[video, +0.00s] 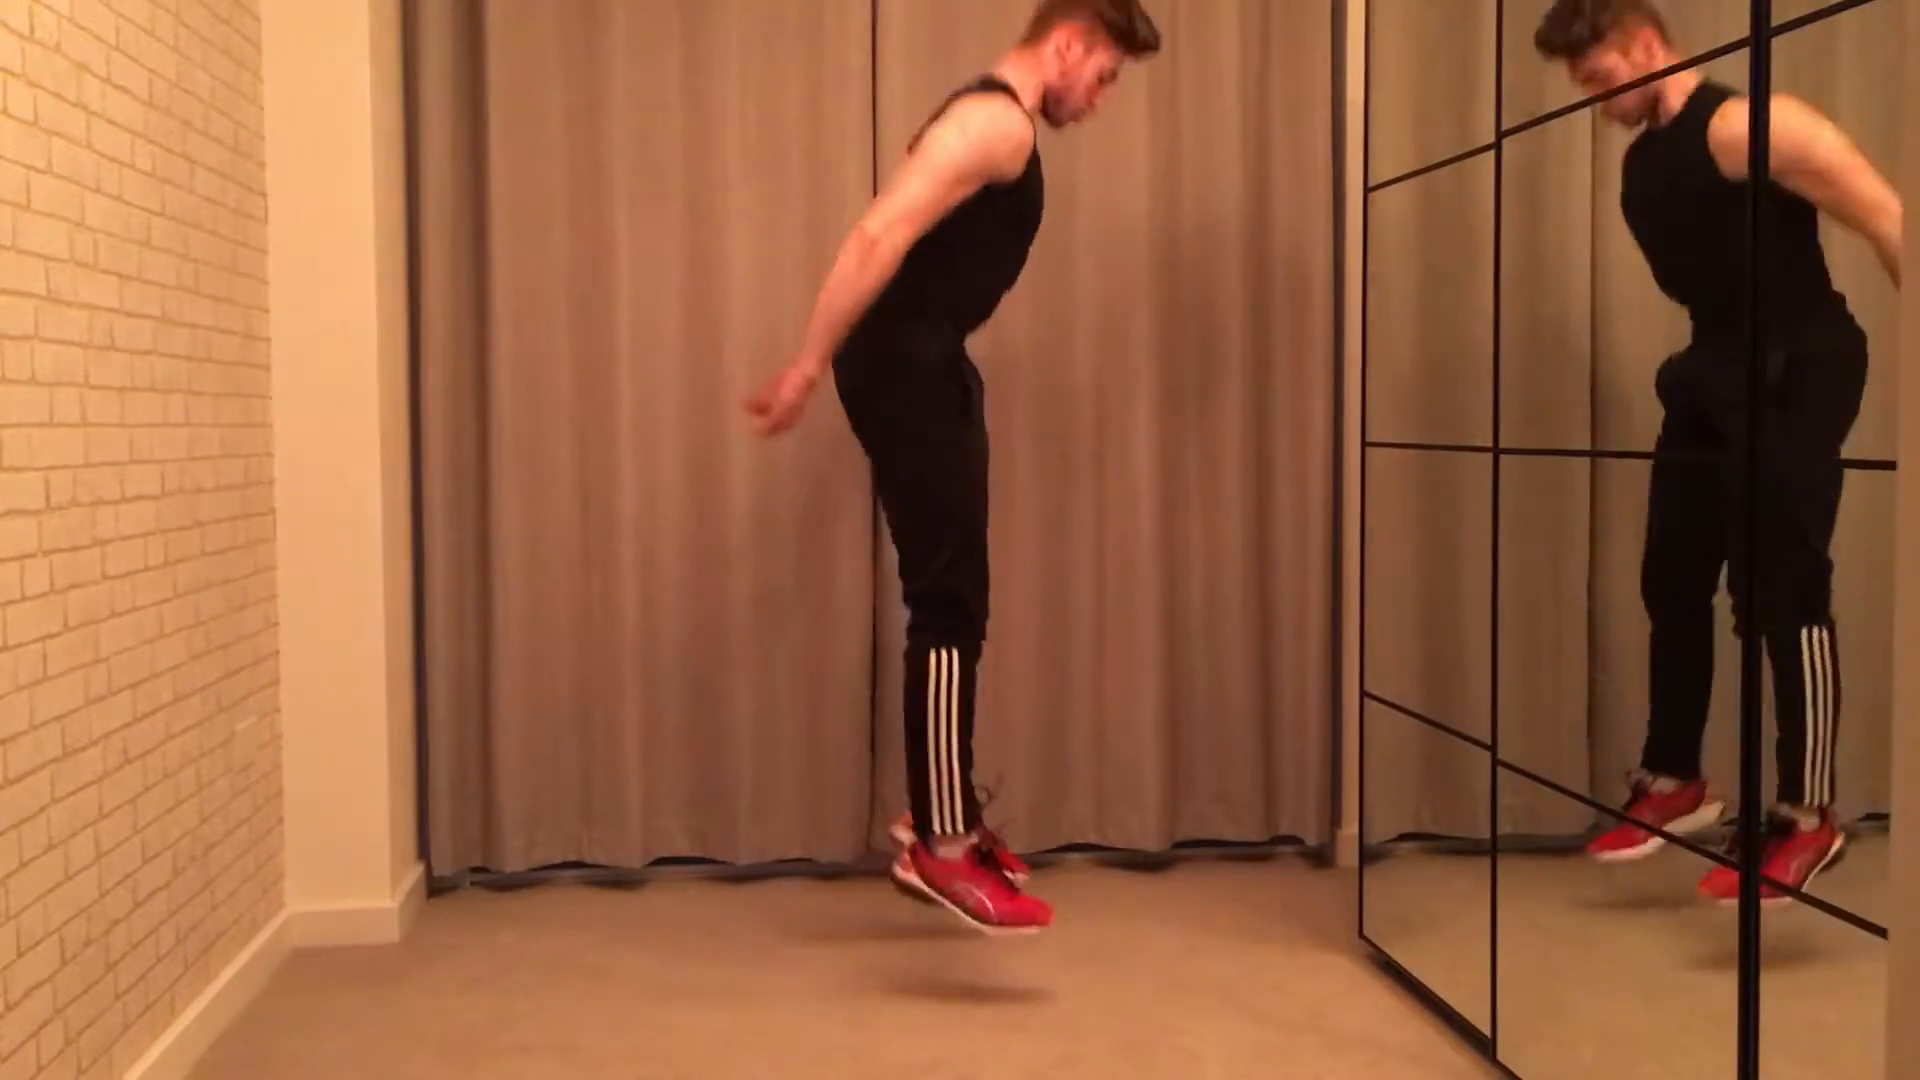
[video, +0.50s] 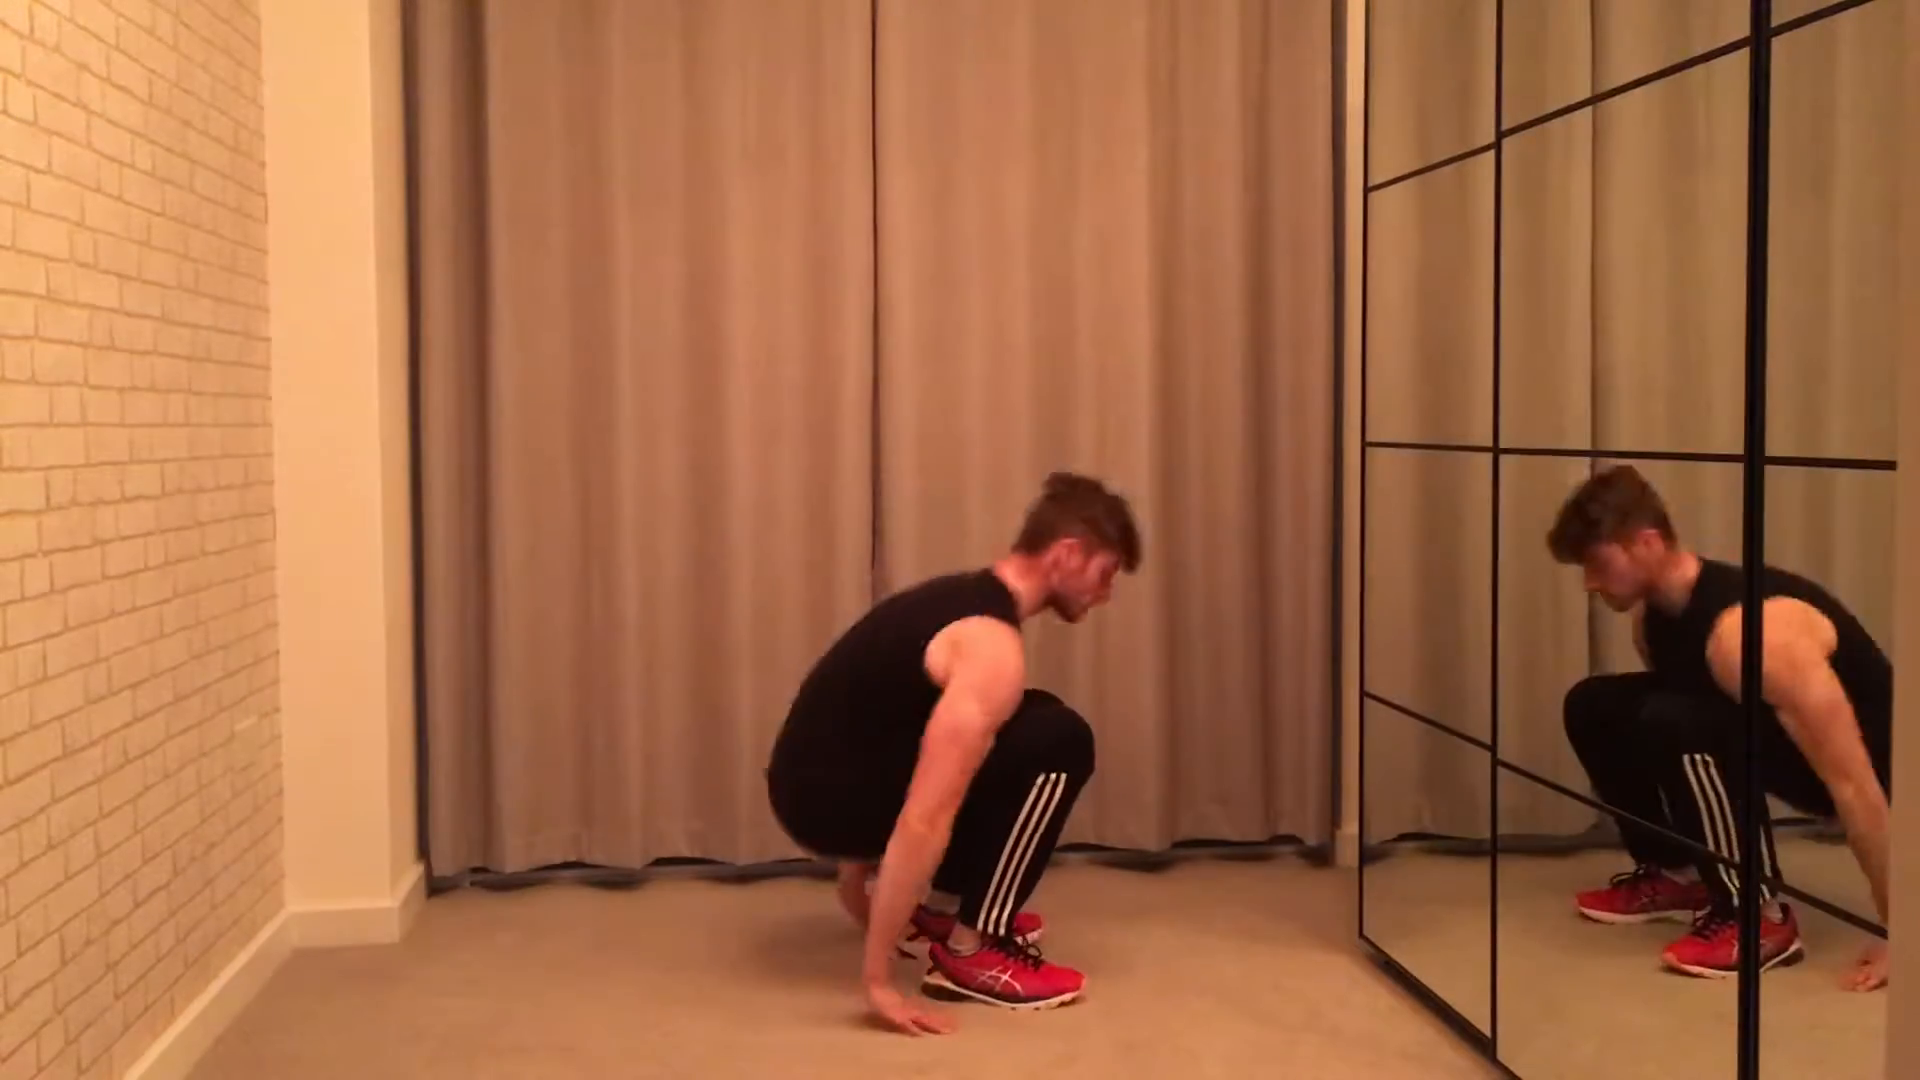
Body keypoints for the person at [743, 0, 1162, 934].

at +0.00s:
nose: (1104, 99)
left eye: (1113, 83)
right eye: (1108, 75)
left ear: (1063, 47)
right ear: (1068, 44)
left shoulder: (999, 118)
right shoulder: (993, 122)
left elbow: (887, 238)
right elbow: (878, 234)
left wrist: (814, 364)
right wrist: (807, 365)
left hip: (925, 371)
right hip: (908, 373)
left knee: (953, 604)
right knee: (948, 606)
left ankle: (951, 829)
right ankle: (938, 842)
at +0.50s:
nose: (1106, 594)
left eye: (1115, 577)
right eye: (1108, 573)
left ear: (1061, 554)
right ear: (1066, 555)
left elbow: (882, 719)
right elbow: (926, 818)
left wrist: (856, 869)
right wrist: (877, 981)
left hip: (812, 787)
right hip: (832, 805)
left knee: (1036, 712)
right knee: (1059, 740)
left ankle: (943, 908)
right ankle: (971, 949)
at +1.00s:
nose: (636, 710)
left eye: (626, 697)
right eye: (617, 706)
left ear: (586, 737)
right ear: (577, 744)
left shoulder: (625, 801)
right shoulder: (627, 828)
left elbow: (696, 958)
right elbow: (691, 982)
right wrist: (843, 1016)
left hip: (823, 921)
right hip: (837, 958)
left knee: (919, 702)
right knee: (929, 710)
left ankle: (1103, 808)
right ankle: (1157, 801)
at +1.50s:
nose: (455, 871)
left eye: (432, 873)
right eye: (434, 887)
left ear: (450, 934)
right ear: (441, 949)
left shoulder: (537, 931)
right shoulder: (540, 963)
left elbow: (687, 908)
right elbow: (695, 1010)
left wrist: (826, 923)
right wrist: (862, 1017)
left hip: (757, 862)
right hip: (764, 868)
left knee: (610, 675)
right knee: (605, 677)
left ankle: (584, 455)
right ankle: (587, 454)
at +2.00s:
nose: (439, 893)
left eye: (421, 896)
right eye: (421, 913)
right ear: (431, 967)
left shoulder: (539, 934)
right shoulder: (520, 976)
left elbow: (683, 916)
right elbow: (682, 1016)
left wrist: (821, 921)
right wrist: (839, 1020)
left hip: (622, 745)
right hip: (632, 744)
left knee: (533, 513)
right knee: (529, 515)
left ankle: (499, 293)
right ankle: (474, 287)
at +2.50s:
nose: (426, 888)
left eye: (407, 894)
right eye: (408, 910)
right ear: (422, 967)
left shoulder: (529, 934)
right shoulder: (520, 978)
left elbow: (684, 917)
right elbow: (674, 1017)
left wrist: (817, 919)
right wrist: (834, 1014)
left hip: (712, 799)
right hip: (715, 806)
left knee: (553, 646)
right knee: (521, 659)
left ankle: (682, 472)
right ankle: (676, 483)